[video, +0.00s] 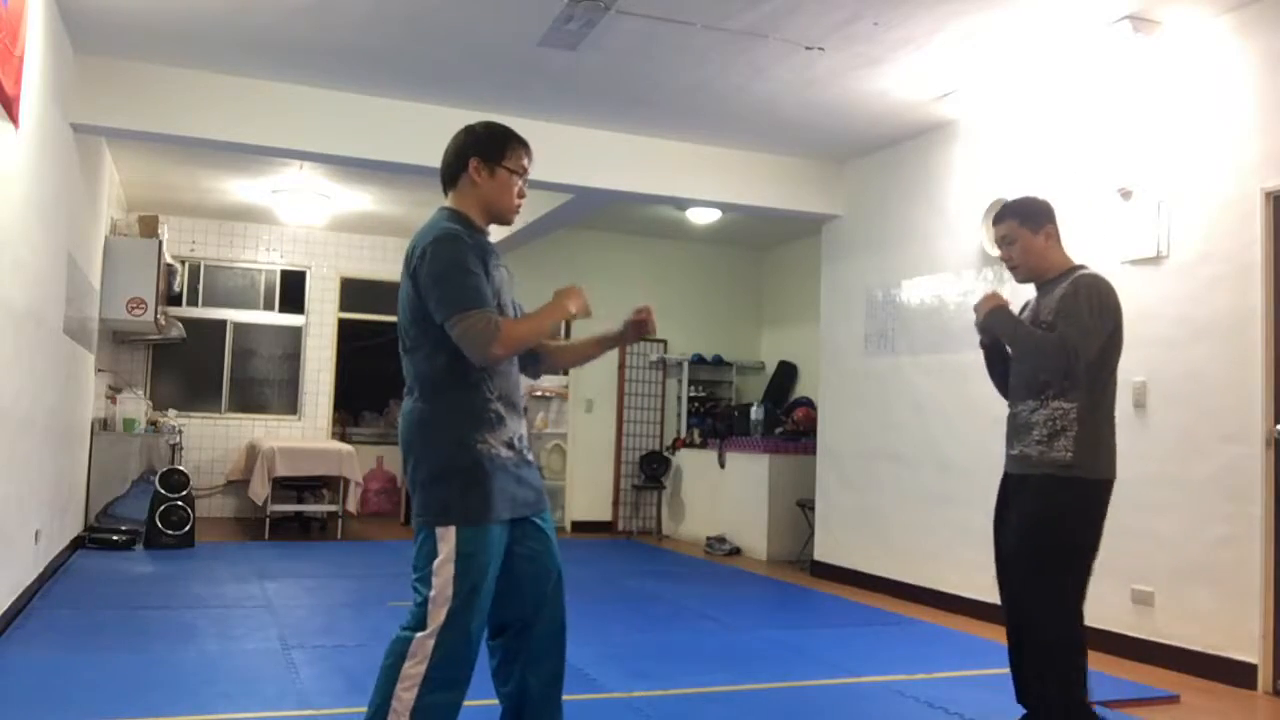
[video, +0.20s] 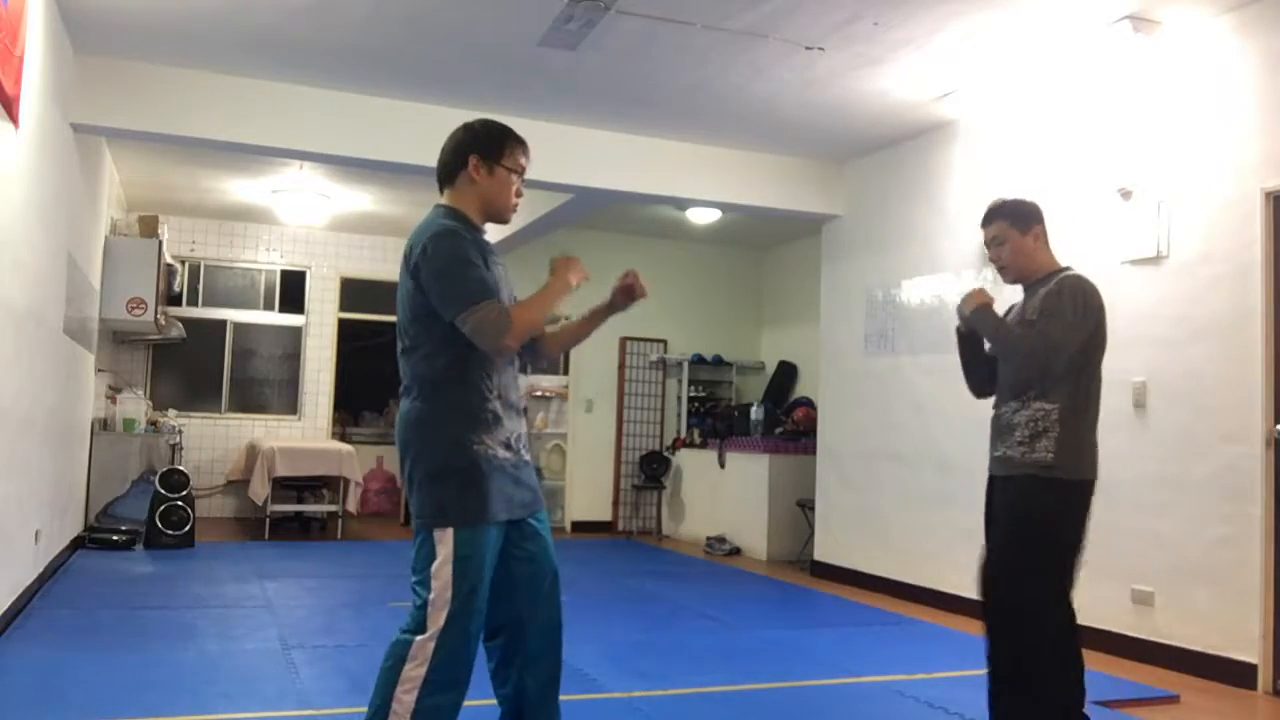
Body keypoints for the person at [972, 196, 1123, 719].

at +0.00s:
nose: (1005, 257)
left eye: (1010, 243)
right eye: (1000, 248)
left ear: (1046, 233)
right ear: (1018, 246)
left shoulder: (1088, 290)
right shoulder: (1036, 306)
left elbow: (1057, 360)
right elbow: (1015, 388)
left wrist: (1001, 319)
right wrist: (992, 335)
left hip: (1069, 478)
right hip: (1026, 477)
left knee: (1051, 607)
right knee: (1021, 605)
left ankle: (1064, 711)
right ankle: (1038, 708)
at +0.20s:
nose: (994, 258)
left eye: (1000, 244)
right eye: (989, 249)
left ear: (1035, 235)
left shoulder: (1072, 292)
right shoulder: (1021, 309)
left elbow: (1035, 358)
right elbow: (982, 382)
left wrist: (985, 317)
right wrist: (970, 323)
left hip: (1052, 476)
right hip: (1012, 476)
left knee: (1036, 603)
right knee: (1005, 602)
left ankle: (1053, 711)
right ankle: (1013, 710)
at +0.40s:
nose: (969, 264)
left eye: (974, 250)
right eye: (965, 255)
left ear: (1009, 242)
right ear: (993, 251)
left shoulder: (1049, 298)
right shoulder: (999, 317)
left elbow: (1039, 376)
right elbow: (982, 393)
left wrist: (968, 352)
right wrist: (955, 356)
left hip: (1026, 474)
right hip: (996, 474)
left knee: (962, 573)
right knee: (1025, 590)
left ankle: (983, 708)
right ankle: (1058, 707)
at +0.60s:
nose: (925, 275)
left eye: (929, 261)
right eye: (921, 266)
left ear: (964, 248)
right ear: (956, 255)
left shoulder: (997, 302)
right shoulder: (974, 313)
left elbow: (956, 348)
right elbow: (927, 391)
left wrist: (909, 310)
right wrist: (908, 328)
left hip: (976, 486)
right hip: (967, 485)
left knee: (928, 606)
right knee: (1004, 608)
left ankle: (910, 709)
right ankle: (1055, 709)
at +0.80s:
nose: (859, 260)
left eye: (865, 246)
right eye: (857, 249)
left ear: (902, 238)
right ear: (904, 243)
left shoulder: (921, 288)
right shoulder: (940, 296)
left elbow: (835, 310)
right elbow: (918, 388)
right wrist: (872, 360)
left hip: (927, 483)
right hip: (958, 483)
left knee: (877, 611)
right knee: (946, 596)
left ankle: (885, 714)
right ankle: (1020, 712)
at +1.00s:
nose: (823, 254)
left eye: (828, 239)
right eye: (819, 243)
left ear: (865, 229)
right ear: (868, 235)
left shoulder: (888, 280)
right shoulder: (922, 284)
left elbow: (808, 326)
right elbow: (899, 382)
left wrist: (709, 320)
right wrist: (847, 356)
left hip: (912, 476)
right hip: (953, 472)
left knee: (871, 608)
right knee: (944, 614)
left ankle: (888, 713)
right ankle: (972, 712)